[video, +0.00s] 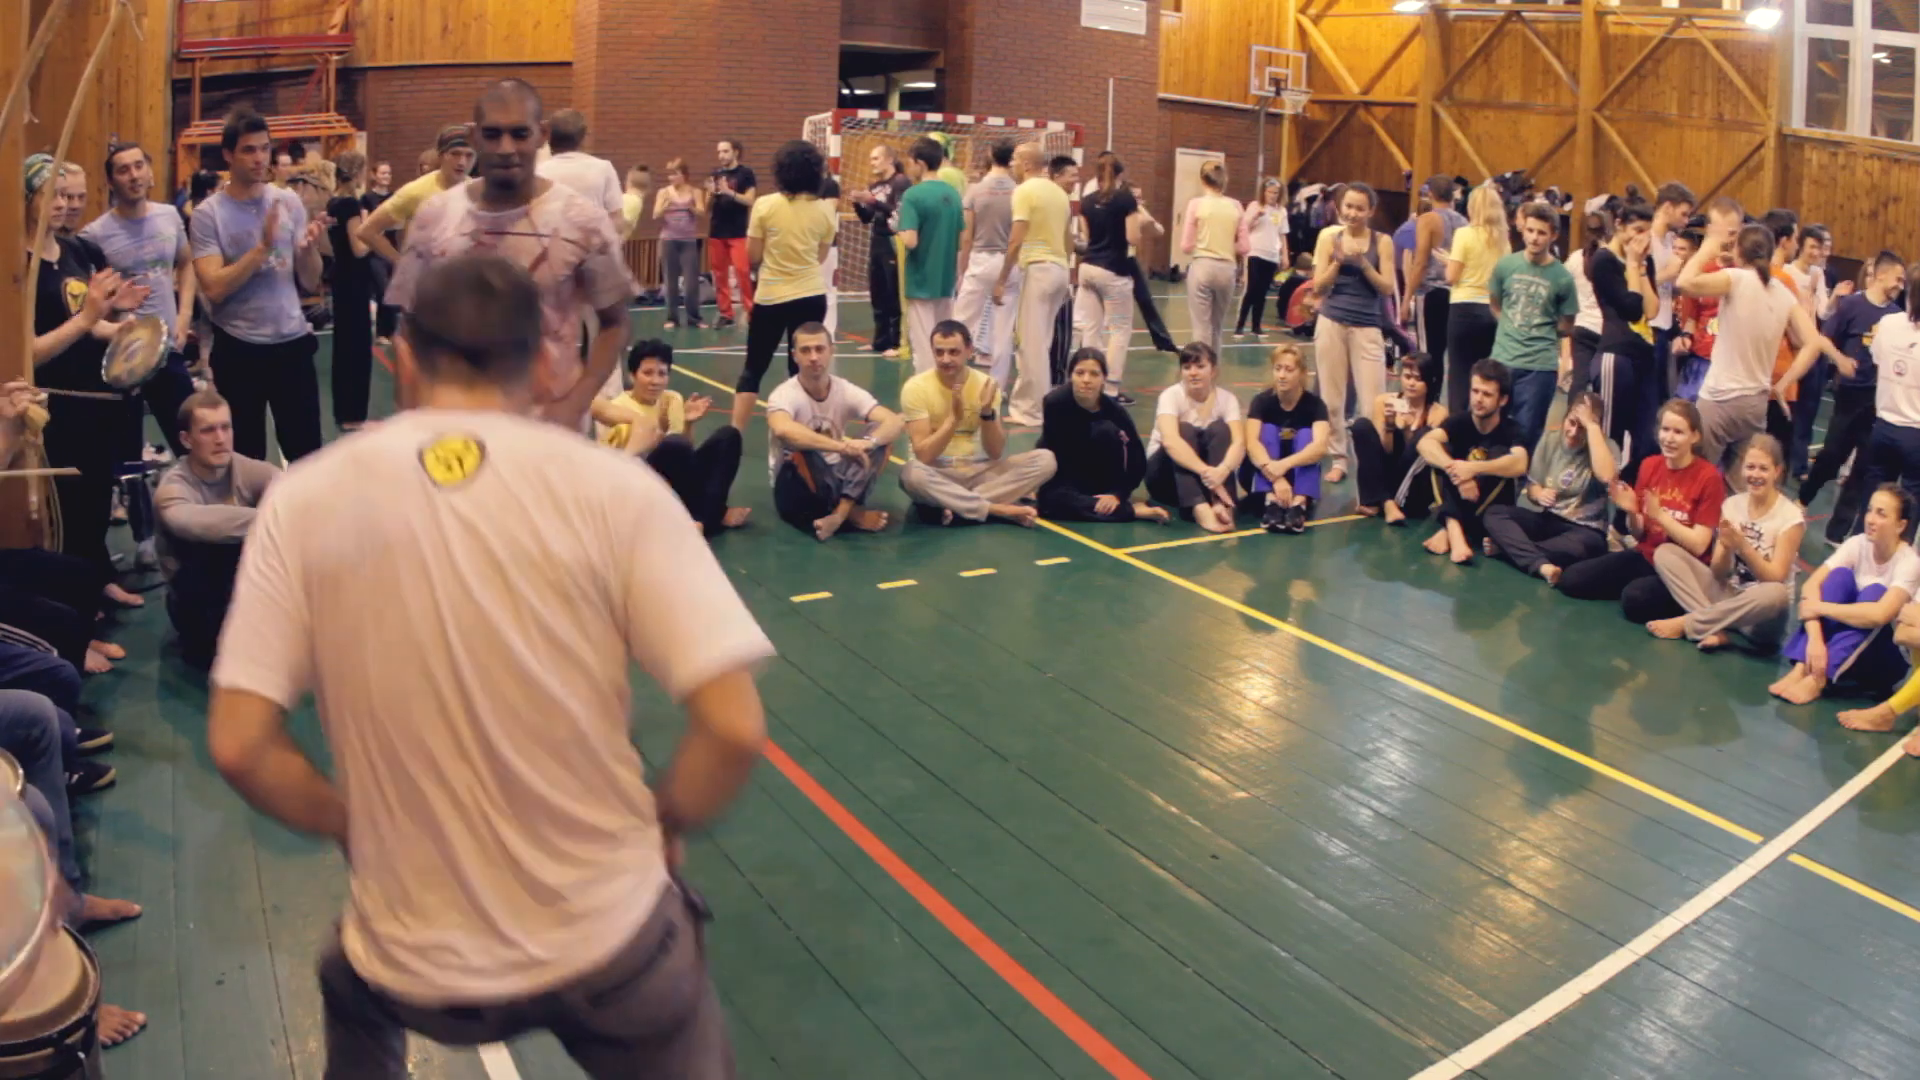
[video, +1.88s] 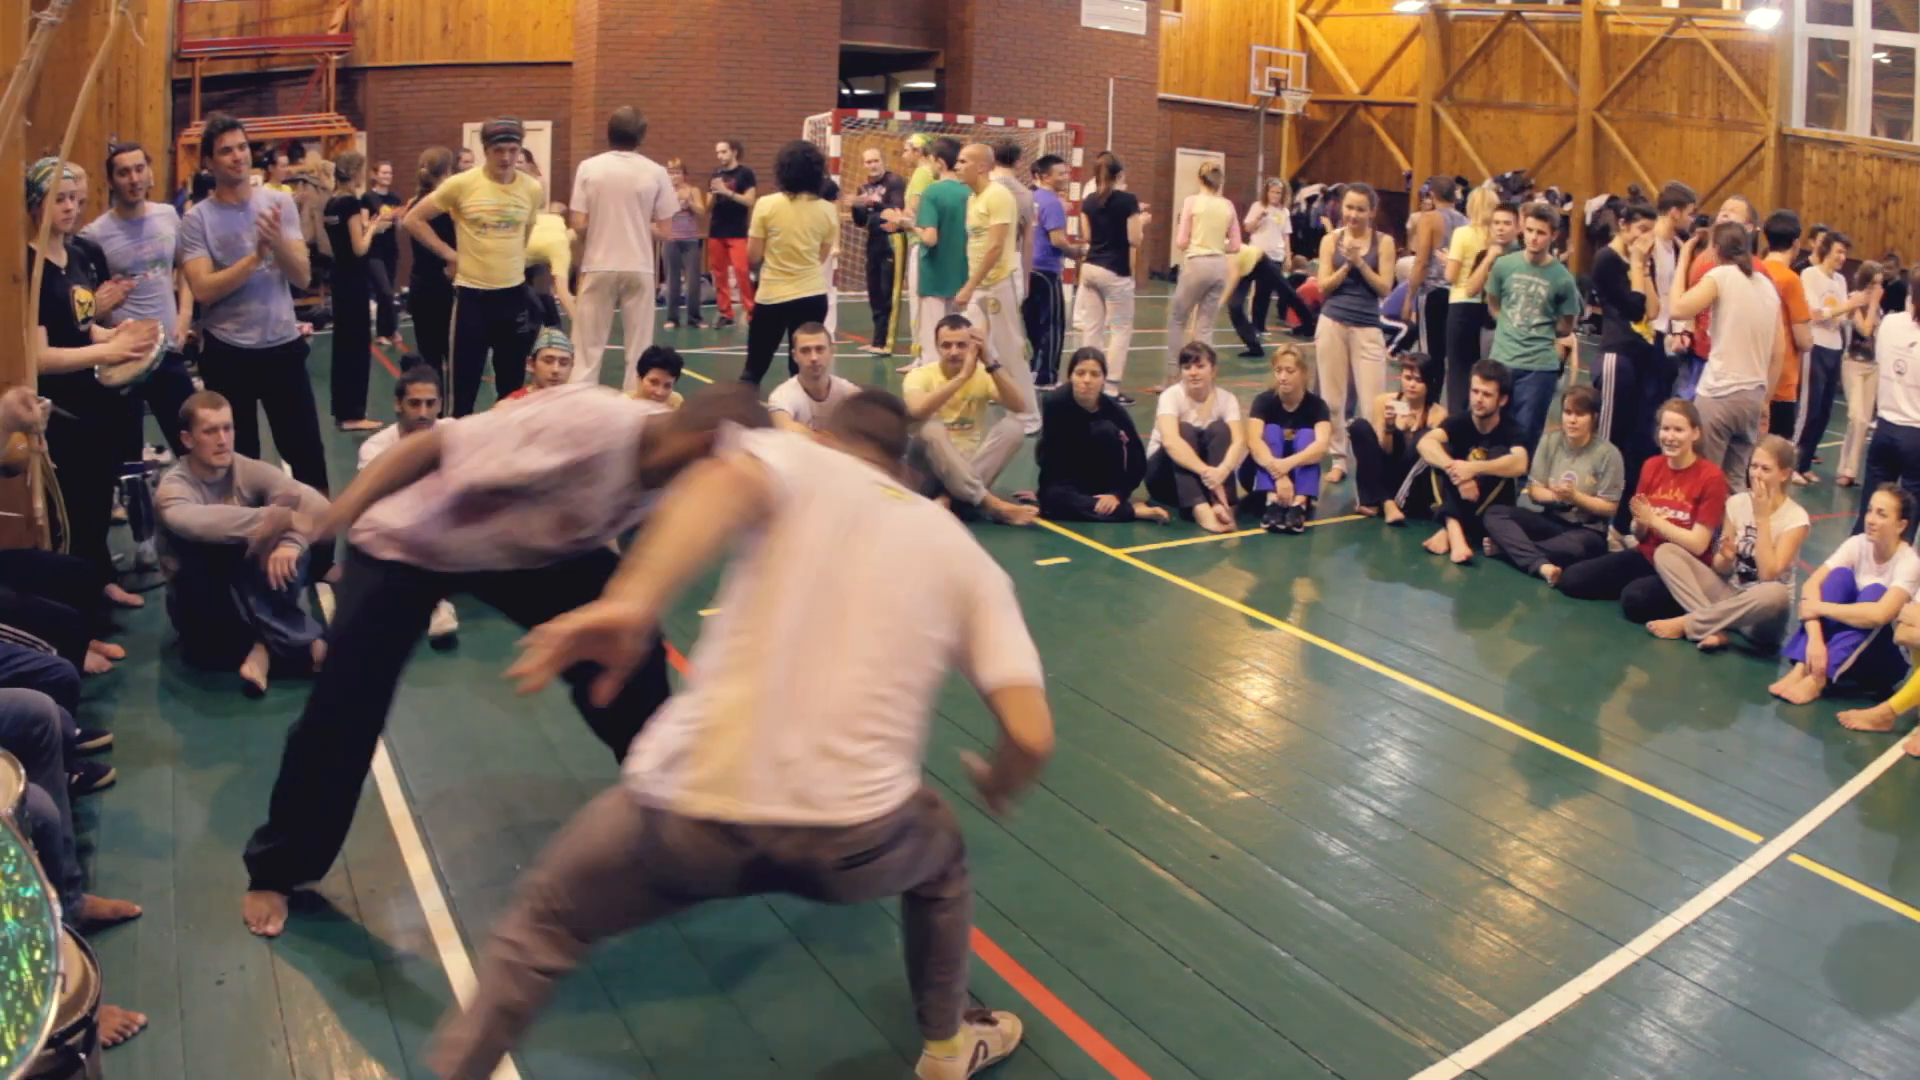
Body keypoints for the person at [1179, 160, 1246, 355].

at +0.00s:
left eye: (1202, 179)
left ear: (1202, 180)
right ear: (1224, 181)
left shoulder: (1195, 204)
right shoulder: (1236, 206)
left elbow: (1186, 245)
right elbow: (1244, 247)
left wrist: (1202, 243)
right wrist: (1225, 246)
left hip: (1202, 261)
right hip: (1227, 264)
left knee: (1201, 324)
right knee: (1217, 325)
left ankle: (1201, 370)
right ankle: (1213, 370)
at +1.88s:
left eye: (1198, 180)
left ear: (1200, 181)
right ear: (1220, 182)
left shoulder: (1191, 202)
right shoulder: (1228, 206)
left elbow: (1182, 240)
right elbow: (1235, 244)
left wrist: (1188, 247)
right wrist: (1216, 244)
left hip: (1196, 260)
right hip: (1219, 261)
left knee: (1178, 317)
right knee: (1206, 322)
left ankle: (1175, 370)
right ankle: (1203, 370)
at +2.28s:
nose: (1178, 186)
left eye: (1178, 182)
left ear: (1177, 183)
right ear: (1197, 184)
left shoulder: (1169, 205)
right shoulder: (1208, 206)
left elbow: (1165, 245)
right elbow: (1216, 244)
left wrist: (1173, 259)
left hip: (1179, 259)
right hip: (1204, 259)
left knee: (1165, 318)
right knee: (1195, 323)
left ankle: (1157, 366)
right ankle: (1199, 368)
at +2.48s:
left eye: (1162, 186)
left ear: (1161, 188)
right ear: (1181, 187)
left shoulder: (1157, 210)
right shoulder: (1193, 208)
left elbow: (1153, 251)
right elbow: (1202, 243)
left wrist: (1151, 278)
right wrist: (1194, 259)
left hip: (1170, 259)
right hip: (1194, 258)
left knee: (1155, 317)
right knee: (1178, 320)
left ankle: (1152, 375)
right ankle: (1181, 374)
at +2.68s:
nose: (1147, 208)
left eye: (1148, 204)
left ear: (1151, 205)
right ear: (1170, 204)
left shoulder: (1147, 227)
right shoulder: (1183, 222)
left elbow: (1143, 264)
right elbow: (1195, 255)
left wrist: (1132, 288)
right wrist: (1191, 270)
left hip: (1167, 273)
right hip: (1190, 272)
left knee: (1144, 323)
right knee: (1160, 325)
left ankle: (1152, 374)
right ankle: (1159, 374)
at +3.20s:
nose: (1147, 187)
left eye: (1147, 184)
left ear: (1149, 184)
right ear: (1169, 184)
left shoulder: (1144, 207)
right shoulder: (1183, 205)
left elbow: (1140, 244)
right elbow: (1199, 233)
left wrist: (1135, 269)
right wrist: (1181, 241)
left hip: (1158, 258)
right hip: (1182, 256)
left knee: (1145, 313)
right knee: (1163, 315)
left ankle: (1157, 366)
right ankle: (1162, 367)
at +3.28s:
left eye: (1151, 179)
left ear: (1151, 180)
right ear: (1171, 179)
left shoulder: (1144, 202)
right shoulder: (1184, 202)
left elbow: (1140, 234)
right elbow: (1199, 229)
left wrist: (1146, 245)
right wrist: (1182, 239)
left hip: (1158, 251)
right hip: (1182, 251)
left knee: (1149, 314)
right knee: (1176, 314)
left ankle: (1160, 371)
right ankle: (1179, 368)